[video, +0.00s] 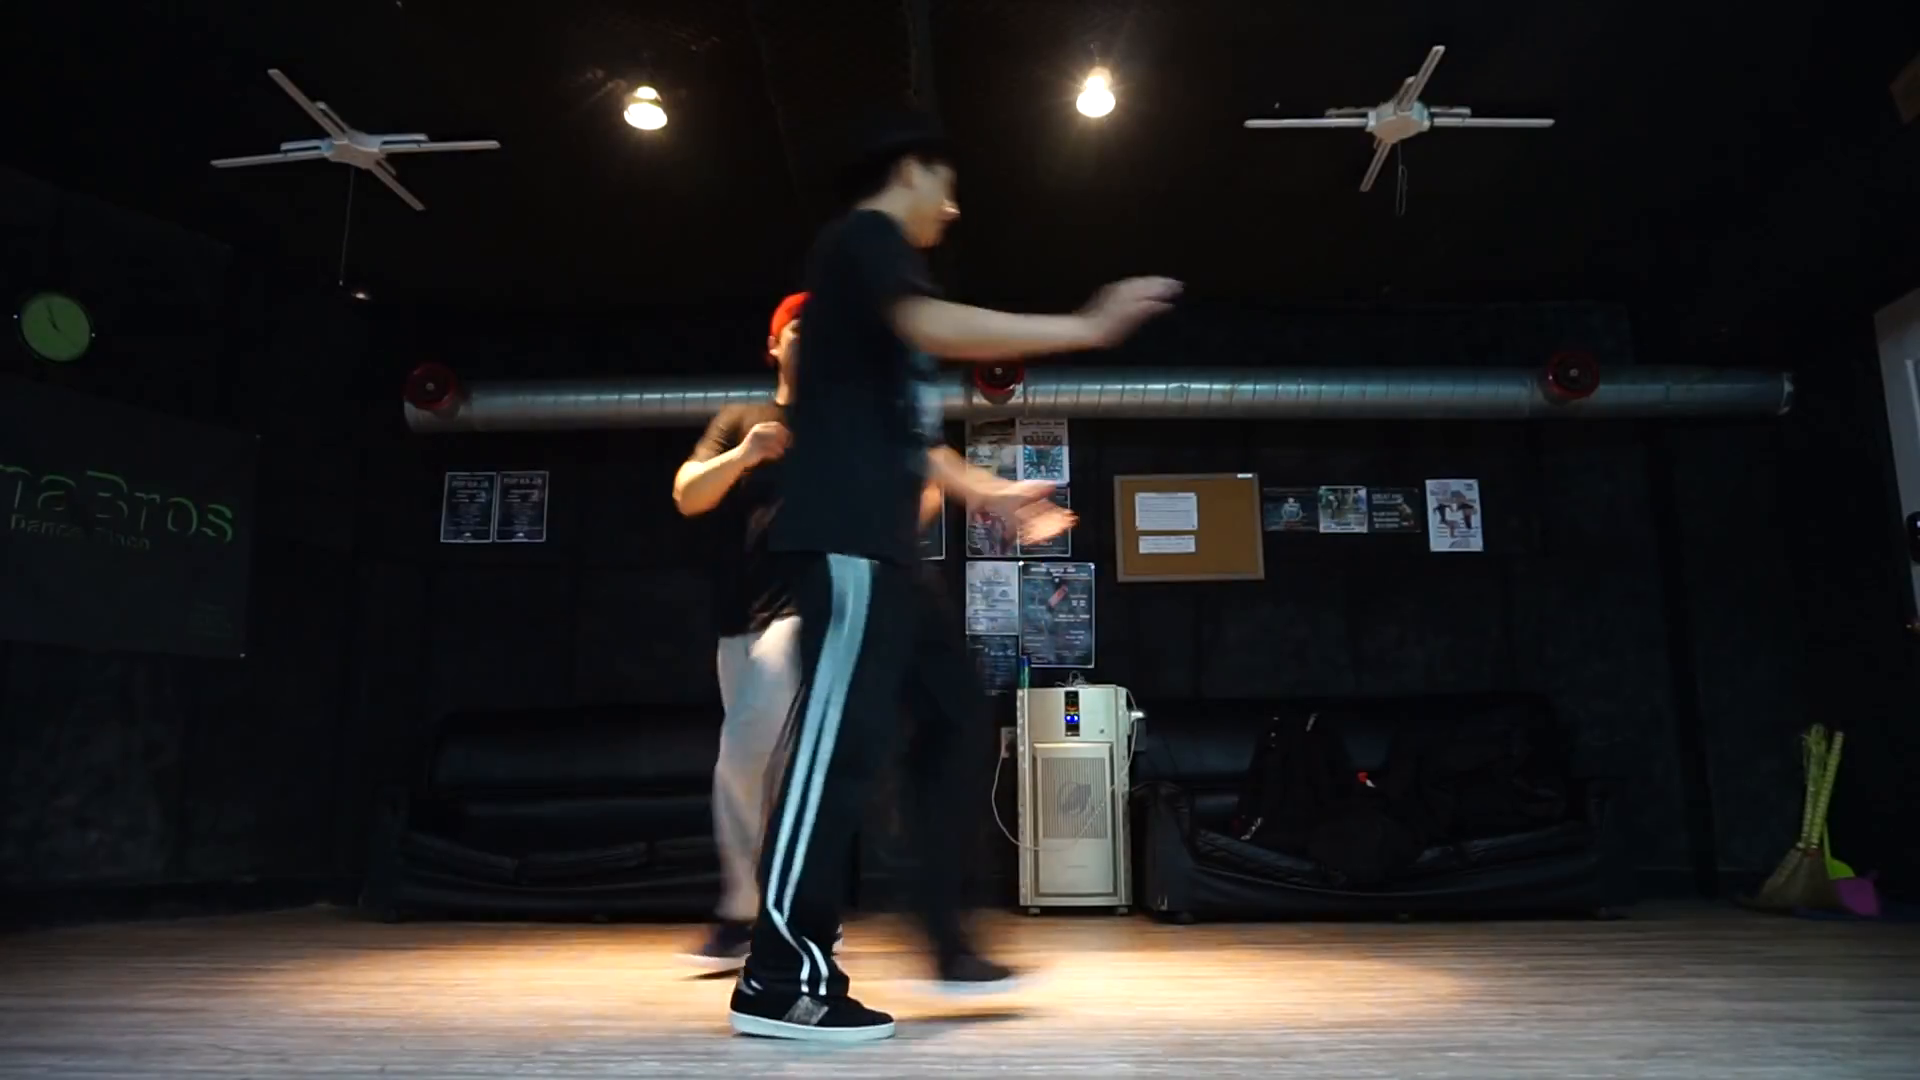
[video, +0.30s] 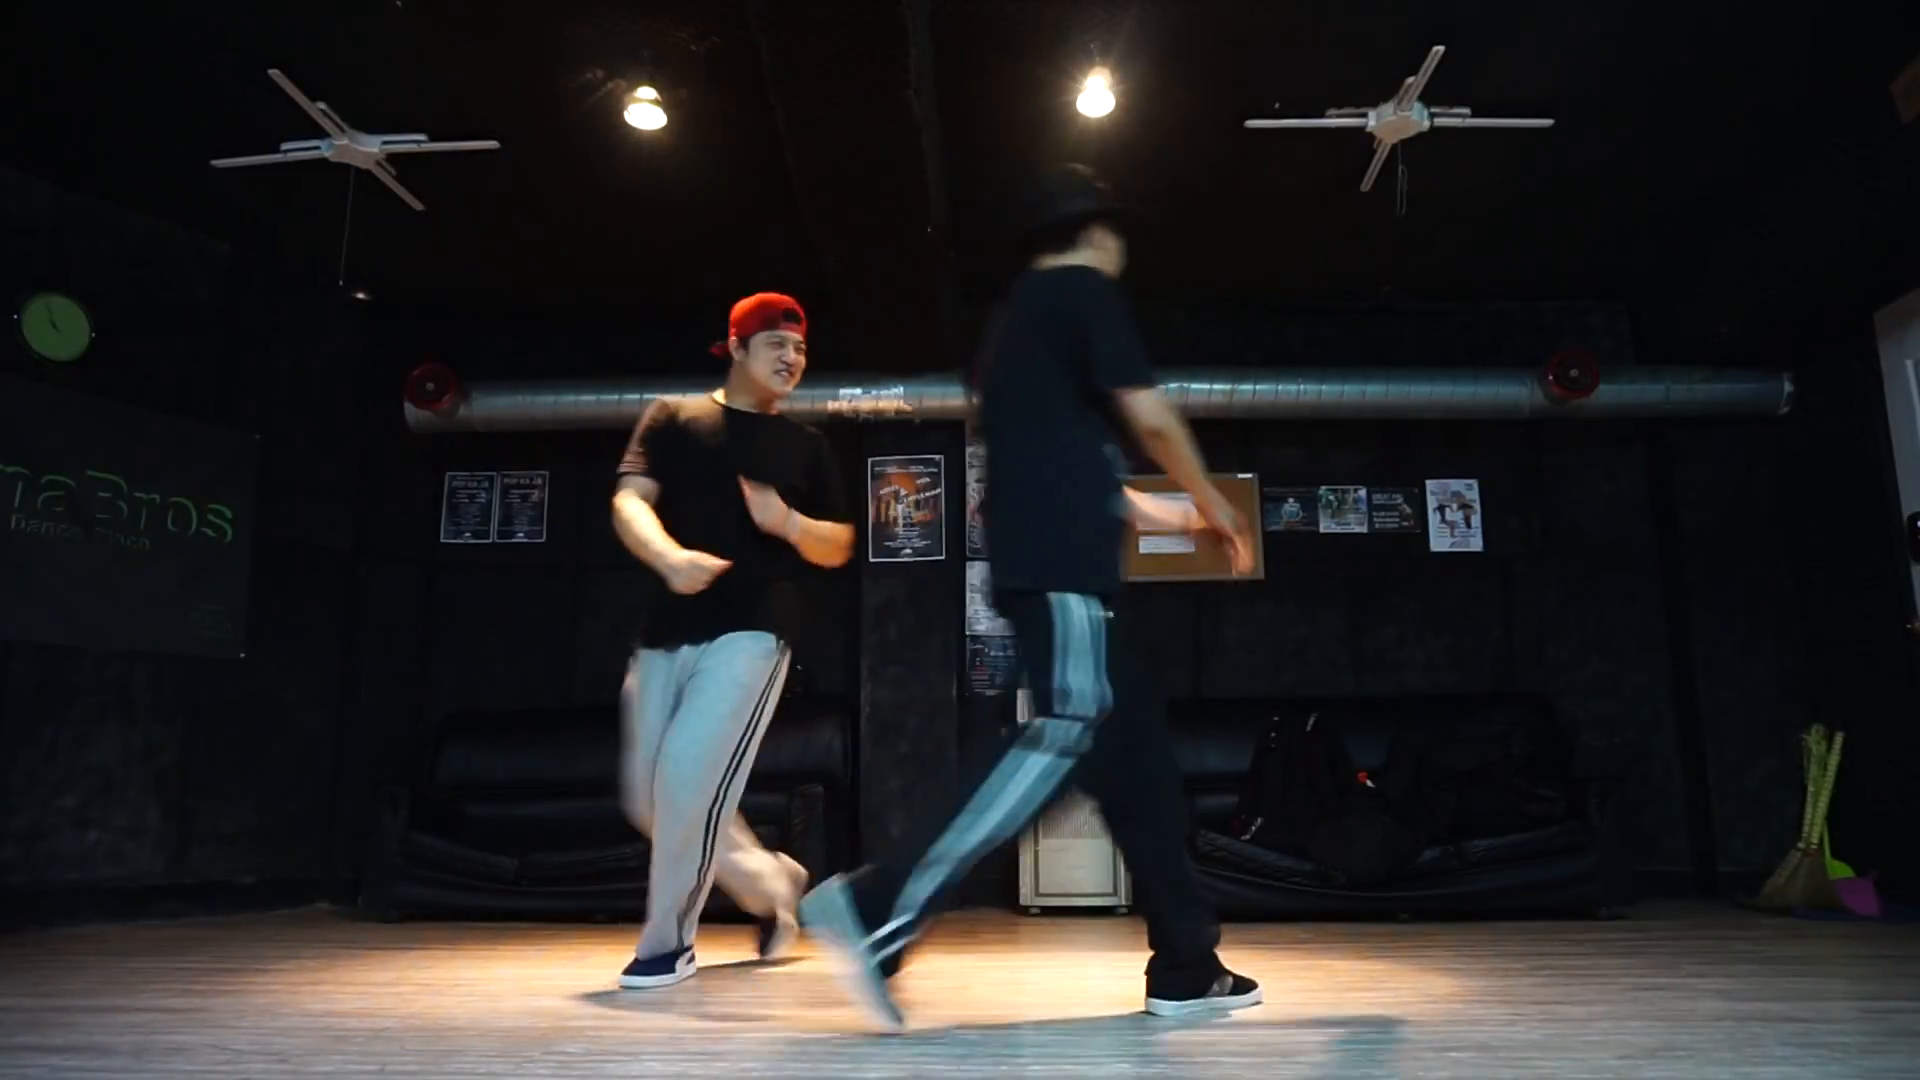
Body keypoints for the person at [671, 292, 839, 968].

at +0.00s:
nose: (798, 344)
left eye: (807, 333)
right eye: (790, 334)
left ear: (824, 346)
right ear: (774, 346)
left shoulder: (842, 420)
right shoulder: (743, 419)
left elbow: (919, 497)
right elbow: (688, 496)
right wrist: (743, 455)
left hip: (807, 601)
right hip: (742, 609)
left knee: (768, 676)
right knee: (769, 767)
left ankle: (739, 908)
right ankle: (792, 918)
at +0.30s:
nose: (790, 360)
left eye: (798, 349)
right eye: (775, 346)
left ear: (802, 360)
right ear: (736, 350)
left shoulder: (805, 445)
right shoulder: (673, 420)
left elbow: (839, 545)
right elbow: (630, 504)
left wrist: (787, 522)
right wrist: (672, 557)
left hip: (751, 633)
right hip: (666, 633)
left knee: (689, 788)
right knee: (647, 799)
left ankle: (667, 948)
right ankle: (777, 887)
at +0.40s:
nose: (781, 348)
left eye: (788, 340)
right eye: (767, 333)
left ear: (788, 353)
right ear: (725, 334)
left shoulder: (783, 437)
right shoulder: (649, 409)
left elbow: (807, 544)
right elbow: (602, 503)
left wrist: (760, 476)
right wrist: (629, 559)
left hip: (733, 631)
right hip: (641, 629)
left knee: (684, 789)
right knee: (600, 782)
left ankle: (666, 949)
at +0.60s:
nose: (746, 282)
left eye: (753, 275)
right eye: (731, 268)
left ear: (752, 292)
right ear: (686, 271)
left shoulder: (760, 376)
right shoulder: (617, 357)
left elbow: (800, 469)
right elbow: (554, 439)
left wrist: (733, 390)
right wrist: (564, 503)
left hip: (718, 597)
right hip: (620, 583)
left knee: (689, 772)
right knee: (595, 735)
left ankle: (667, 944)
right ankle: (536, 941)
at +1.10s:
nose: (736, 235)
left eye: (741, 222)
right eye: (722, 217)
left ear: (727, 233)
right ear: (671, 213)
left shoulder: (732, 339)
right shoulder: (579, 299)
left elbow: (768, 447)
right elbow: (505, 395)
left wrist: (762, 496)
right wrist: (641, 375)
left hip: (710, 586)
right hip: (593, 578)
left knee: (731, 758)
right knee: (557, 774)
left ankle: (618, 925)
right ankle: (526, 974)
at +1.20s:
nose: (764, 206)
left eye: (768, 192)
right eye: (749, 188)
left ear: (759, 206)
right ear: (697, 188)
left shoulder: (744, 314)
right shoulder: (619, 261)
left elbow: (749, 430)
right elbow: (566, 334)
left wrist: (764, 492)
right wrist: (718, 348)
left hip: (726, 568)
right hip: (615, 562)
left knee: (754, 750)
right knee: (576, 771)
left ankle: (685, 972)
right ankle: (525, 980)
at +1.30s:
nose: (801, 209)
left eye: (806, 197)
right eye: (787, 190)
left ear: (790, 211)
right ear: (733, 186)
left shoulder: (755, 309)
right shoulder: (659, 243)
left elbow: (729, 433)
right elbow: (643, 311)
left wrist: (774, 514)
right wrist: (794, 374)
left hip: (741, 569)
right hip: (641, 559)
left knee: (780, 760)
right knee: (593, 771)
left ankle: (740, 995)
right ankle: (526, 970)